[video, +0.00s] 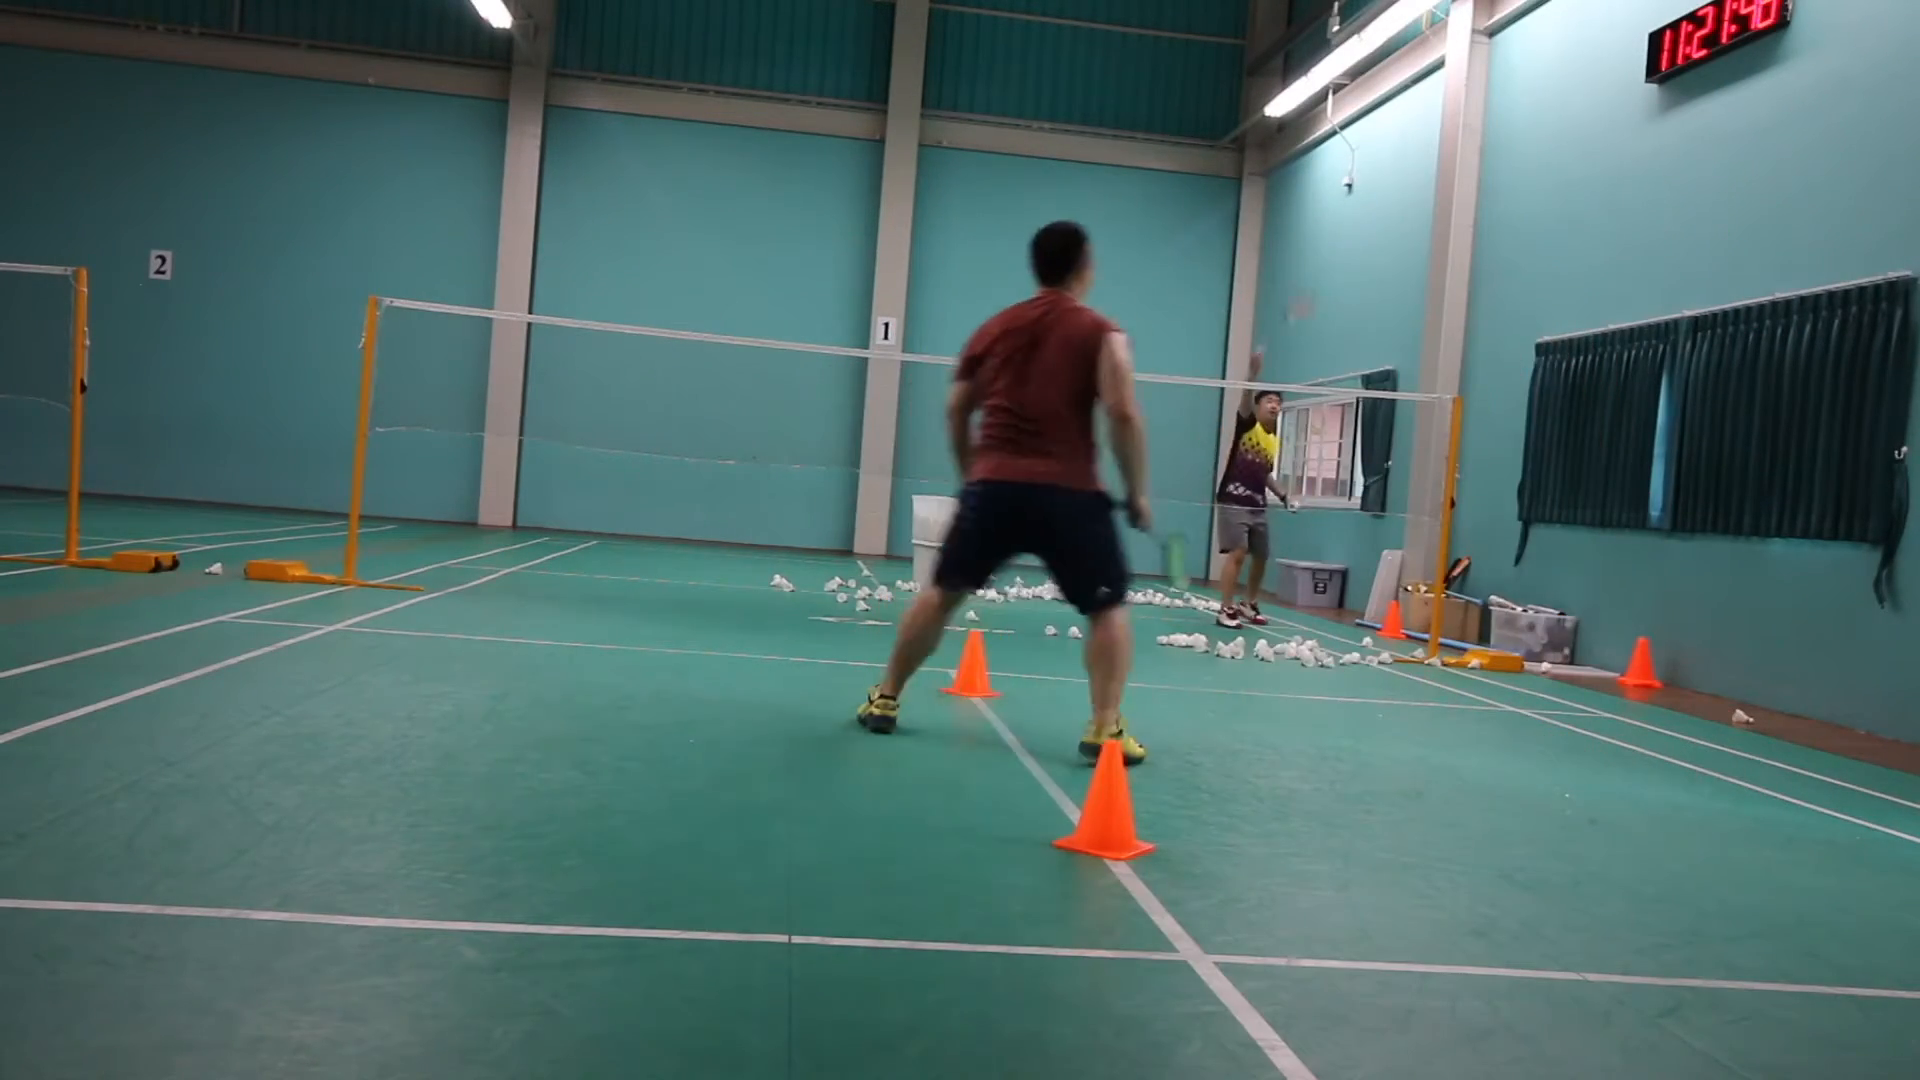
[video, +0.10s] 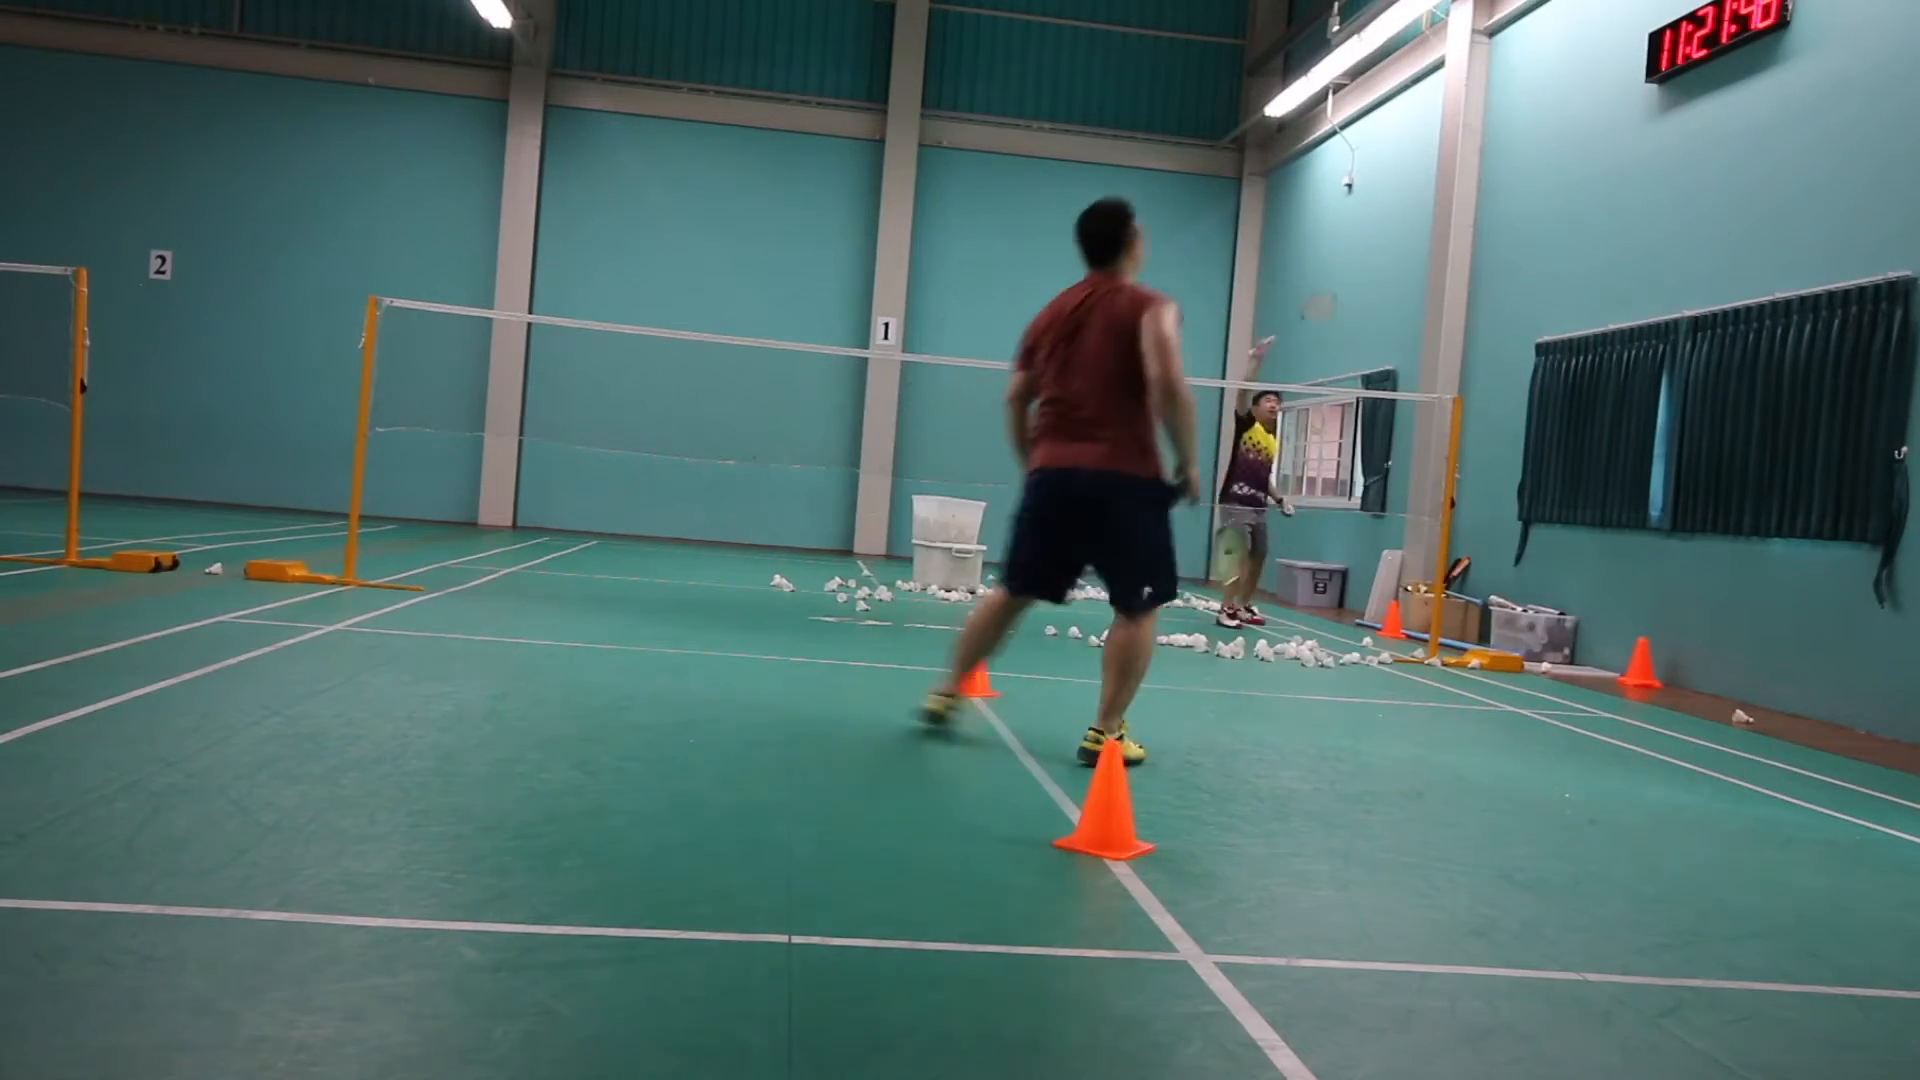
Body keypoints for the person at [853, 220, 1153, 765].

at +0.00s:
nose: (1092, 271)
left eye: (1089, 262)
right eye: (1091, 263)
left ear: (1035, 269)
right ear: (1084, 268)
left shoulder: (995, 327)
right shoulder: (1101, 332)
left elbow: (957, 408)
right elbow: (1122, 412)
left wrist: (973, 473)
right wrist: (1137, 491)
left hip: (993, 491)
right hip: (1070, 498)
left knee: (939, 594)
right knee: (1107, 609)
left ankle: (885, 699)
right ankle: (1105, 730)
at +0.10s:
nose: (1144, 242)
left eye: (1139, 233)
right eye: (1140, 235)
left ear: (1085, 249)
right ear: (1133, 244)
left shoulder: (1053, 312)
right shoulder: (1151, 307)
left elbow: (1017, 396)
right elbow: (1168, 383)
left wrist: (1033, 460)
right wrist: (1188, 463)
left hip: (1052, 477)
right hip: (1126, 481)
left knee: (1014, 589)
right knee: (1137, 607)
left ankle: (947, 690)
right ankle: (1107, 730)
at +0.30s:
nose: (1245, 228)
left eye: (1239, 217)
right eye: (1239, 218)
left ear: (1184, 241)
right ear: (1227, 233)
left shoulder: (1162, 305)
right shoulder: (1222, 298)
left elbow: (1165, 394)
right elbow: (1211, 369)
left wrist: (1240, 422)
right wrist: (1265, 455)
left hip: (1145, 485)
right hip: (1207, 489)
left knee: (1152, 614)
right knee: (1266, 608)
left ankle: (1098, 731)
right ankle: (1227, 741)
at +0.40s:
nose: (1315, 224)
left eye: (1308, 215)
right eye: (1308, 217)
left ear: (1260, 244)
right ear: (1296, 234)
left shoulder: (1245, 308)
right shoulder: (1289, 301)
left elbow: (1268, 391)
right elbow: (1277, 372)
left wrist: (1350, 376)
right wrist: (1346, 448)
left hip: (1236, 500)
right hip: (1292, 500)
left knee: (1213, 623)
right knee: (1320, 633)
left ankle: (1123, 726)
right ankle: (1255, 773)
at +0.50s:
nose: (1384, 211)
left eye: (1377, 202)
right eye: (1375, 203)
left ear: (1330, 228)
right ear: (1362, 219)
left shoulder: (1323, 285)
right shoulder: (1356, 288)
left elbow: (1378, 311)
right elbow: (1347, 350)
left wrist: (1436, 293)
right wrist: (1450, 389)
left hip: (1313, 489)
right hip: (1348, 494)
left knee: (1320, 629)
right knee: (1336, 633)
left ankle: (1254, 751)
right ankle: (1259, 773)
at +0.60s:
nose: (1483, 215)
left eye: (1478, 208)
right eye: (1474, 210)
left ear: (1424, 234)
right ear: (1458, 227)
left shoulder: (1417, 285)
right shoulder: (1436, 292)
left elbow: (1457, 243)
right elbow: (1438, 344)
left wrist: (1495, 207)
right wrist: (1548, 301)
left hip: (1405, 501)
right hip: (1432, 503)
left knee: (1439, 643)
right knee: (1466, 645)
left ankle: (1397, 781)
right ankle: (1334, 728)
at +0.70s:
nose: (1563, 228)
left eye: (1558, 220)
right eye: (1552, 221)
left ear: (1503, 243)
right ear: (1532, 241)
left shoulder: (1500, 285)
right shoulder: (1511, 302)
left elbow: (1507, 221)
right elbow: (1489, 362)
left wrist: (1548, 163)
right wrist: (1567, 281)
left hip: (1471, 517)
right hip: (1514, 518)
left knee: (1490, 658)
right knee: (1613, 629)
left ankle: (1399, 773)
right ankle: (1544, 779)